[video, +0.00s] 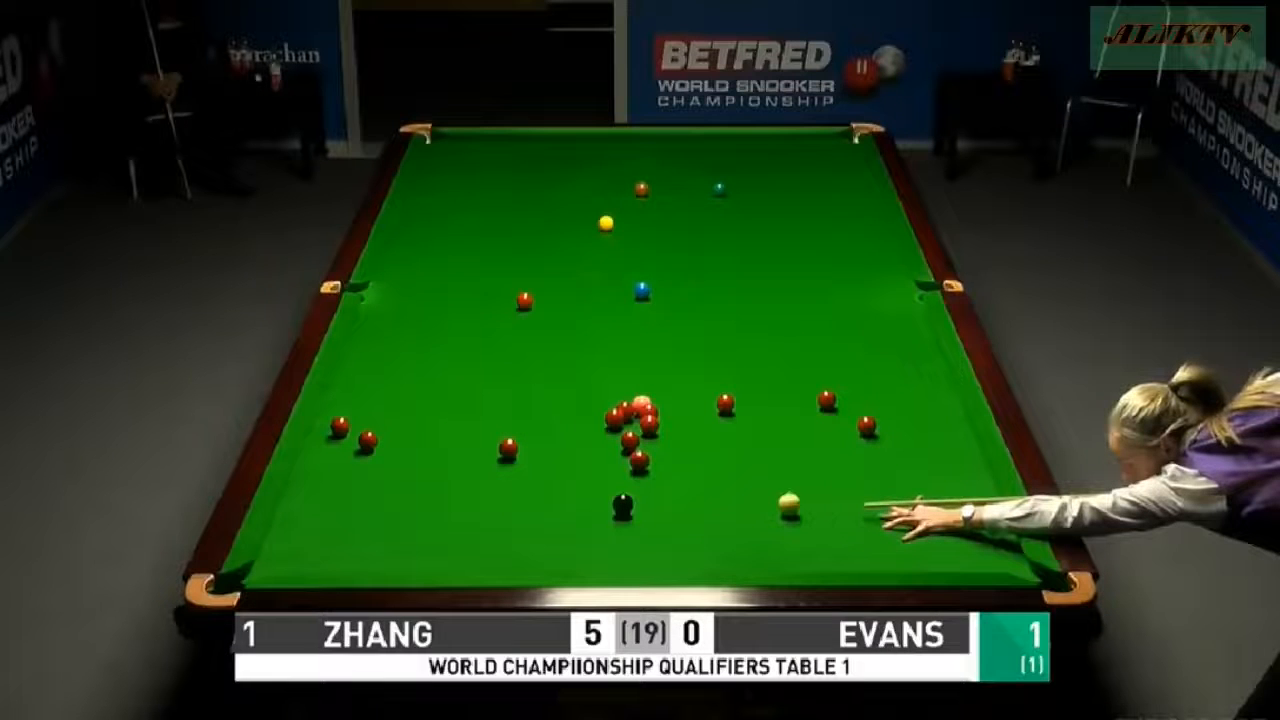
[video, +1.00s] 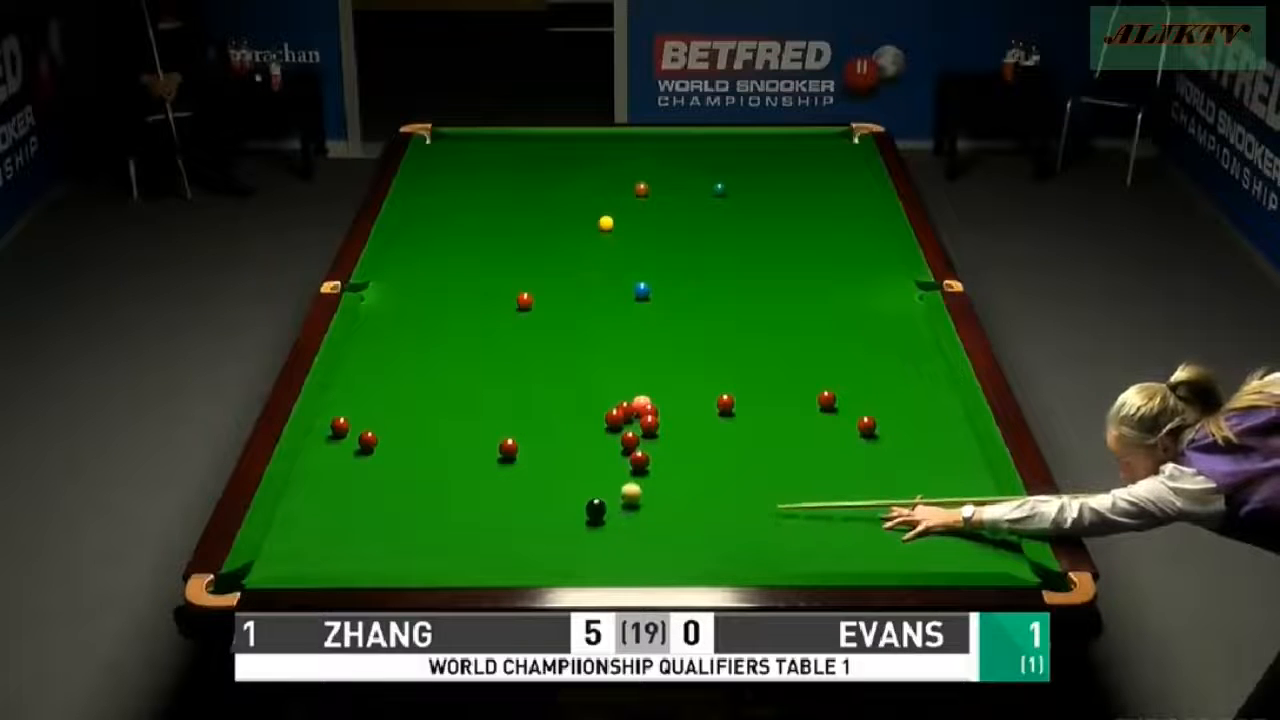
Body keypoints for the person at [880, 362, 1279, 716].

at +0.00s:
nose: (1124, 477)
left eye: (1127, 464)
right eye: (1120, 464)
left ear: (1165, 447)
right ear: (1177, 432)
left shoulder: (1189, 483)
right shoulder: (1257, 400)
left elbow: (1075, 512)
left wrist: (961, 516)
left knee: (1256, 709)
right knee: (1256, 704)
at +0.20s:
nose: (1124, 478)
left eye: (1127, 464)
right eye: (1120, 464)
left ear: (1164, 448)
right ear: (1180, 429)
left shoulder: (1190, 483)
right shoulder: (1258, 398)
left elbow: (1075, 512)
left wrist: (962, 516)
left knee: (1255, 710)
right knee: (1255, 706)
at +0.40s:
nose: (1124, 477)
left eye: (1126, 463)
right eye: (1120, 464)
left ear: (1163, 447)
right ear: (1179, 429)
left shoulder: (1189, 482)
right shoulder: (1256, 399)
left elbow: (1075, 513)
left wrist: (961, 516)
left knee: (1255, 710)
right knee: (1256, 705)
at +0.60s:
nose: (1123, 476)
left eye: (1126, 463)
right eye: (1120, 463)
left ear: (1163, 448)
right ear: (1181, 428)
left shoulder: (1189, 483)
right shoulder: (1256, 398)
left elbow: (1074, 513)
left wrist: (960, 516)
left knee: (1255, 710)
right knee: (1255, 705)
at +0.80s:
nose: (1122, 475)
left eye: (1125, 462)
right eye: (1119, 462)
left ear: (1162, 448)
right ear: (1180, 428)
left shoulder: (1188, 483)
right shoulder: (1255, 399)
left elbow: (1074, 513)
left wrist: (960, 516)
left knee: (1255, 709)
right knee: (1256, 705)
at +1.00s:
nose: (1122, 475)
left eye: (1125, 462)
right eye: (1118, 462)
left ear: (1162, 448)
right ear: (1180, 427)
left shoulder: (1188, 483)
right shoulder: (1256, 398)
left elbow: (1074, 513)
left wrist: (960, 516)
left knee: (1255, 709)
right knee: (1256, 705)